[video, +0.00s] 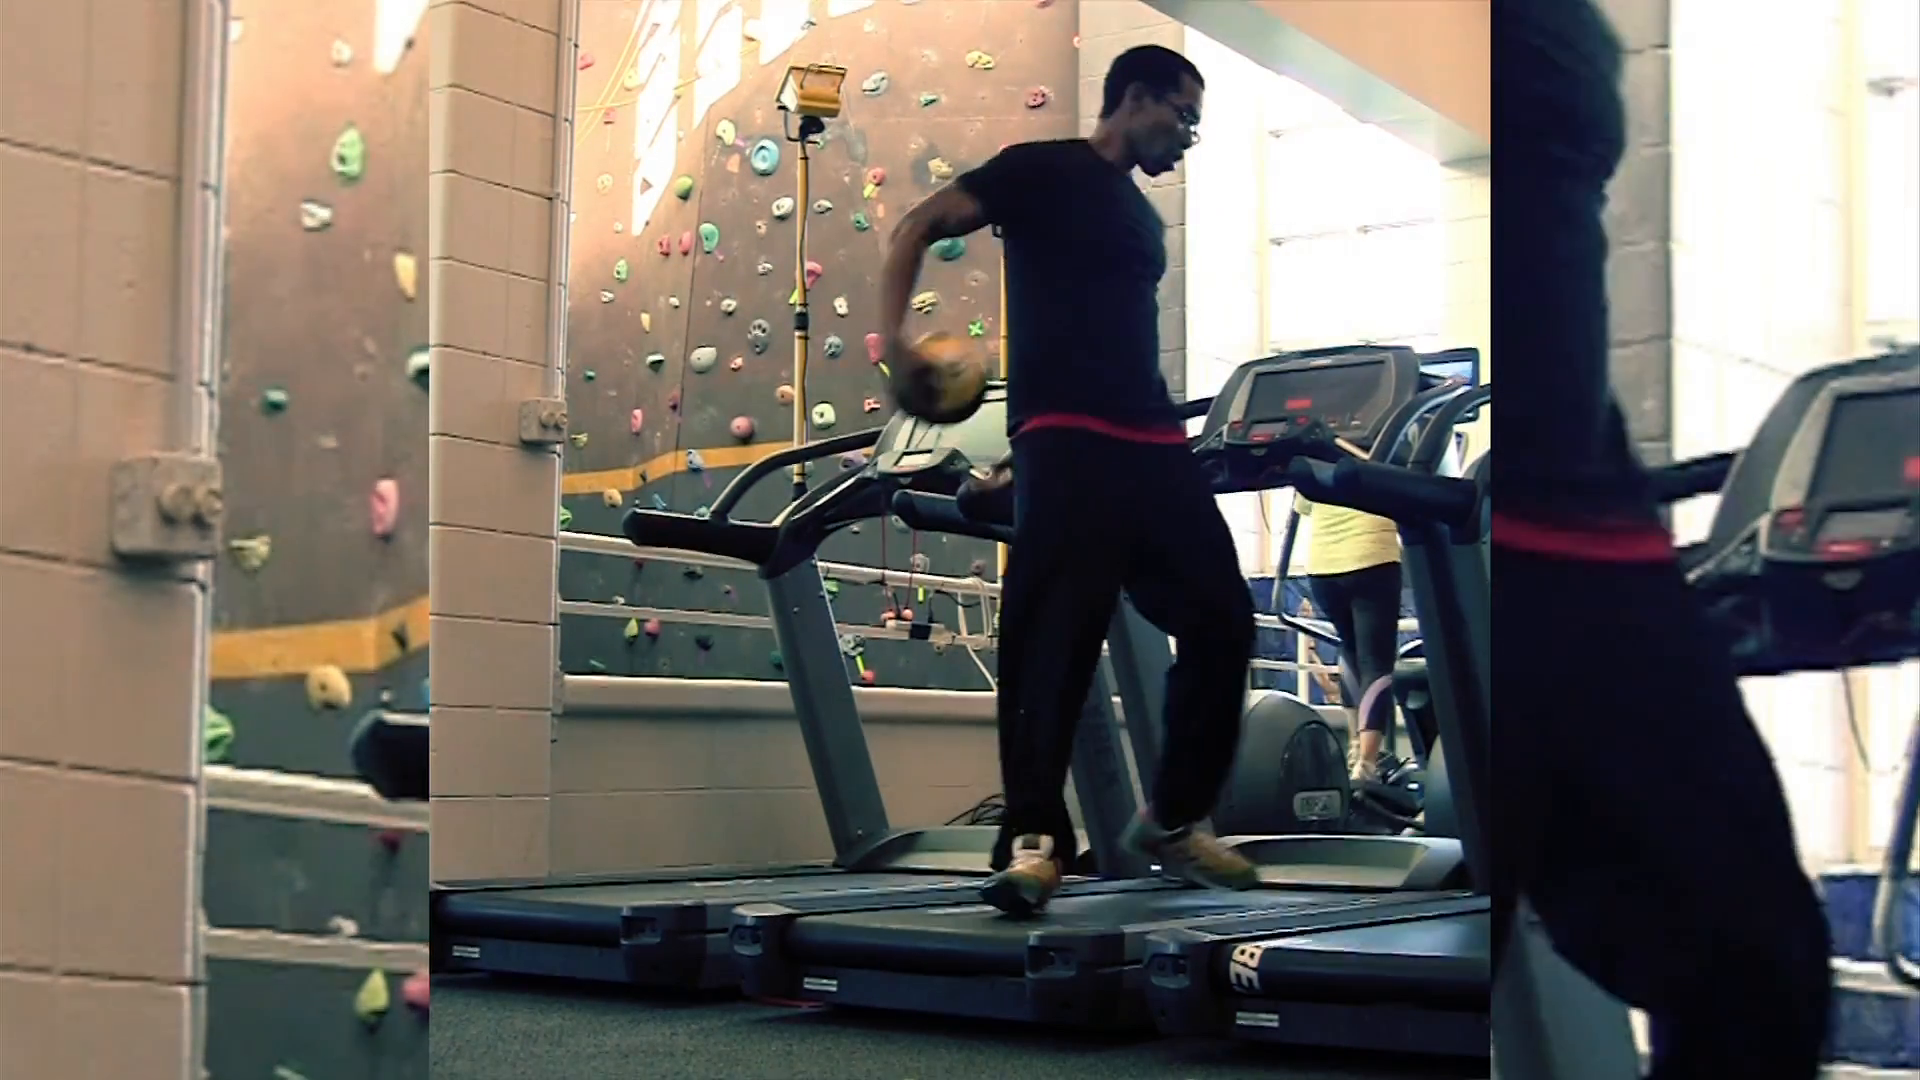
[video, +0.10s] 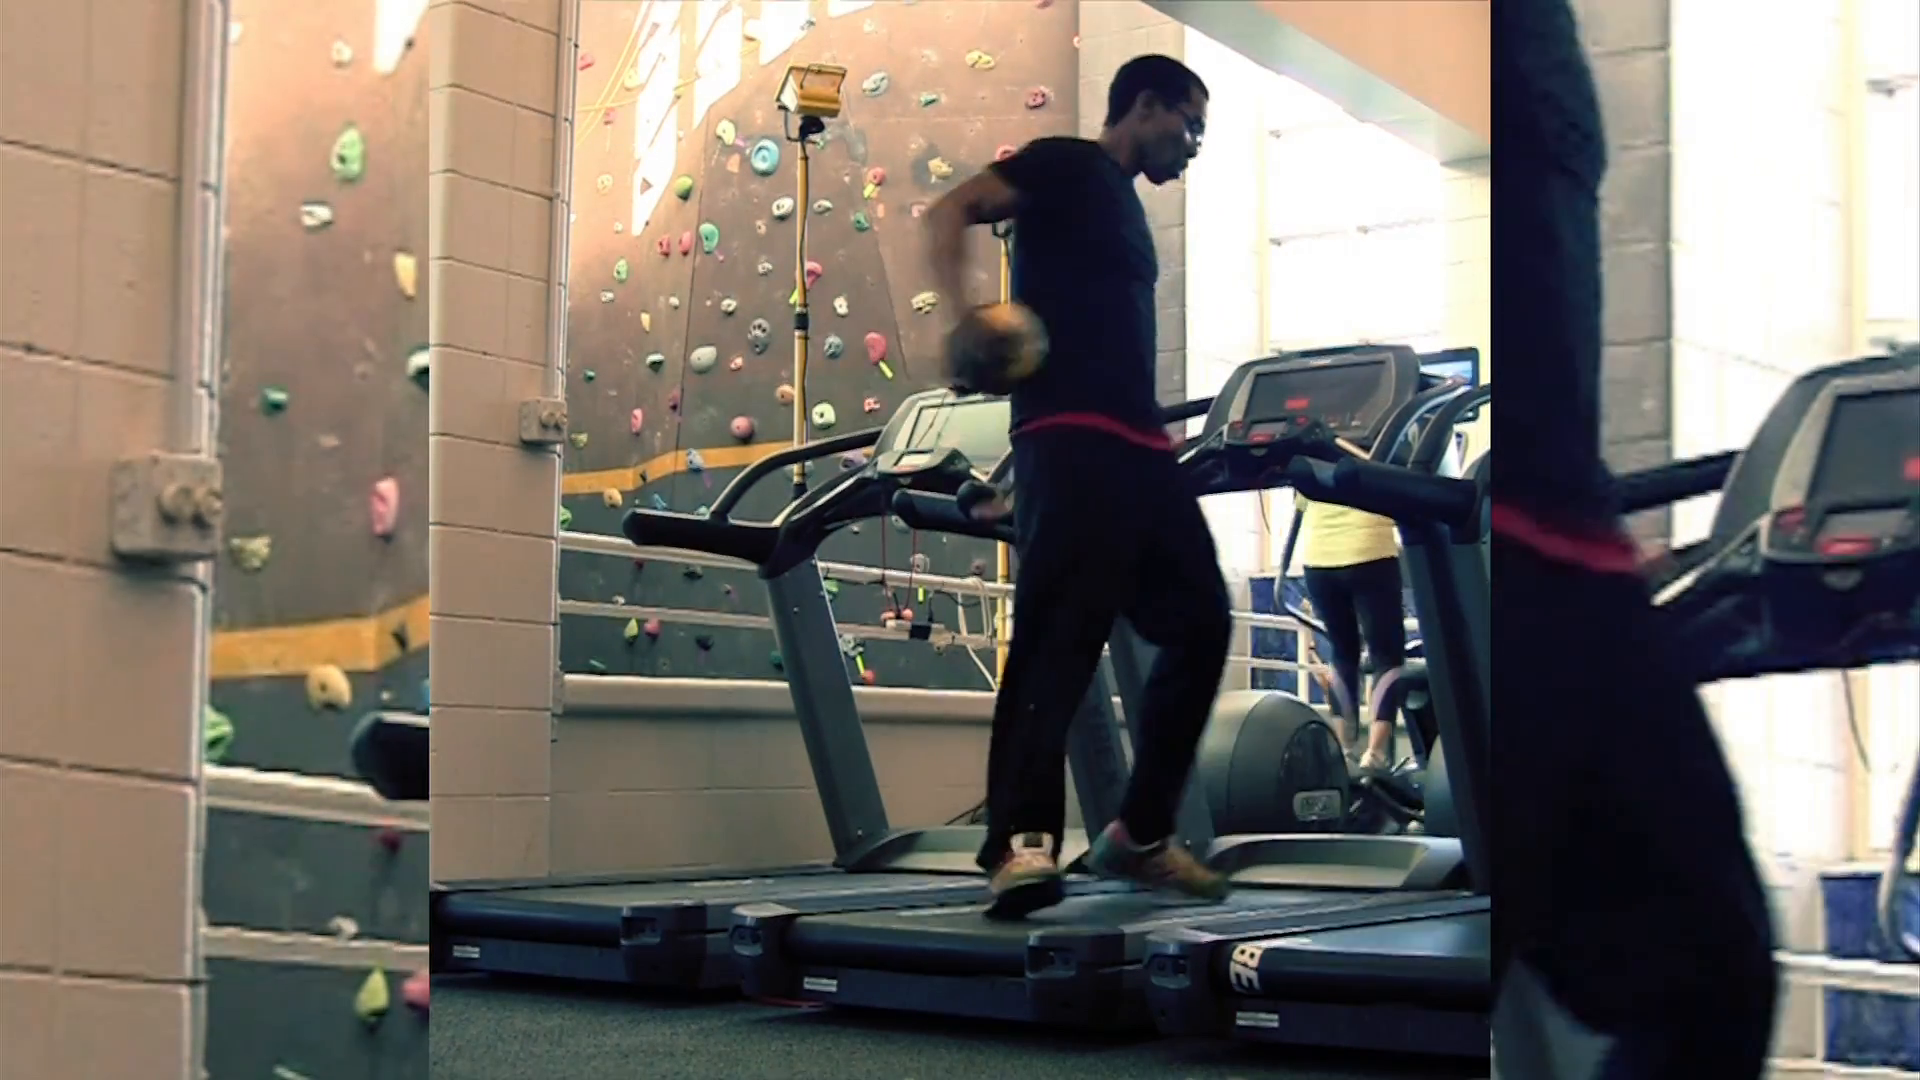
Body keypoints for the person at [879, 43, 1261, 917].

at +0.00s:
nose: (1186, 136)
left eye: (1193, 124)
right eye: (1179, 115)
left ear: (1153, 113)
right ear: (1130, 98)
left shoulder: (1141, 214)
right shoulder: (1042, 168)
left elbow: (1110, 342)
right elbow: (913, 226)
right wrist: (890, 338)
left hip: (1156, 451)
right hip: (1067, 446)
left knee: (1224, 627)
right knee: (1051, 636)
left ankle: (1176, 825)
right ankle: (1034, 838)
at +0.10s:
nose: (1192, 146)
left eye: (1197, 133)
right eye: (1187, 125)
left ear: (1147, 113)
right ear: (1141, 104)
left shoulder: (1124, 207)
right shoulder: (1068, 158)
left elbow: (1080, 335)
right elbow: (946, 214)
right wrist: (960, 318)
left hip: (1142, 455)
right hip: (1071, 447)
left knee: (1200, 627)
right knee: (1057, 639)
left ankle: (1141, 835)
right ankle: (1023, 844)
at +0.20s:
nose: (1194, 159)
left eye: (1199, 146)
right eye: (1189, 139)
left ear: (1149, 128)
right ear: (1147, 120)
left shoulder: (1117, 209)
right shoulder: (1093, 162)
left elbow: (1041, 345)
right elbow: (1006, 205)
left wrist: (1028, 488)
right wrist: (1068, 287)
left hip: (1115, 451)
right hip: (1077, 441)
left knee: (1177, 638)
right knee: (1071, 639)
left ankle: (1108, 848)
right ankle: (998, 854)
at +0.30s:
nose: (1188, 180)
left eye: (1195, 165)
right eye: (1187, 159)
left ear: (1136, 137)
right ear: (1150, 138)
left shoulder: (1060, 224)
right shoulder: (1096, 188)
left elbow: (1013, 369)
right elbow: (1089, 229)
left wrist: (1028, 489)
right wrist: (1175, 309)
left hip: (1075, 462)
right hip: (1082, 456)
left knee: (1156, 642)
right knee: (1088, 642)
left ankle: (1087, 856)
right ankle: (984, 857)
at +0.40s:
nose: (1184, 199)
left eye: (1188, 186)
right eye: (1184, 181)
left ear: (1117, 160)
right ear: (1152, 154)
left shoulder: (1034, 242)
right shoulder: (1126, 192)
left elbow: (1003, 377)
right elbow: (1152, 242)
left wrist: (1023, 467)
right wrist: (1251, 323)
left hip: (1036, 467)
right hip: (1095, 455)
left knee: (1115, 662)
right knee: (1117, 654)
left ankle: (1068, 856)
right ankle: (982, 843)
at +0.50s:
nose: (1188, 203)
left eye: (1190, 193)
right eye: (1185, 189)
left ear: (1110, 170)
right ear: (1156, 169)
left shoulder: (1030, 249)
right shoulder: (1144, 200)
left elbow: (1003, 393)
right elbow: (1206, 266)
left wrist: (1019, 475)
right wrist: (1288, 363)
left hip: (1022, 475)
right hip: (1096, 462)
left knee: (1068, 671)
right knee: (1126, 660)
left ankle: (1043, 850)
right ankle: (1006, 818)